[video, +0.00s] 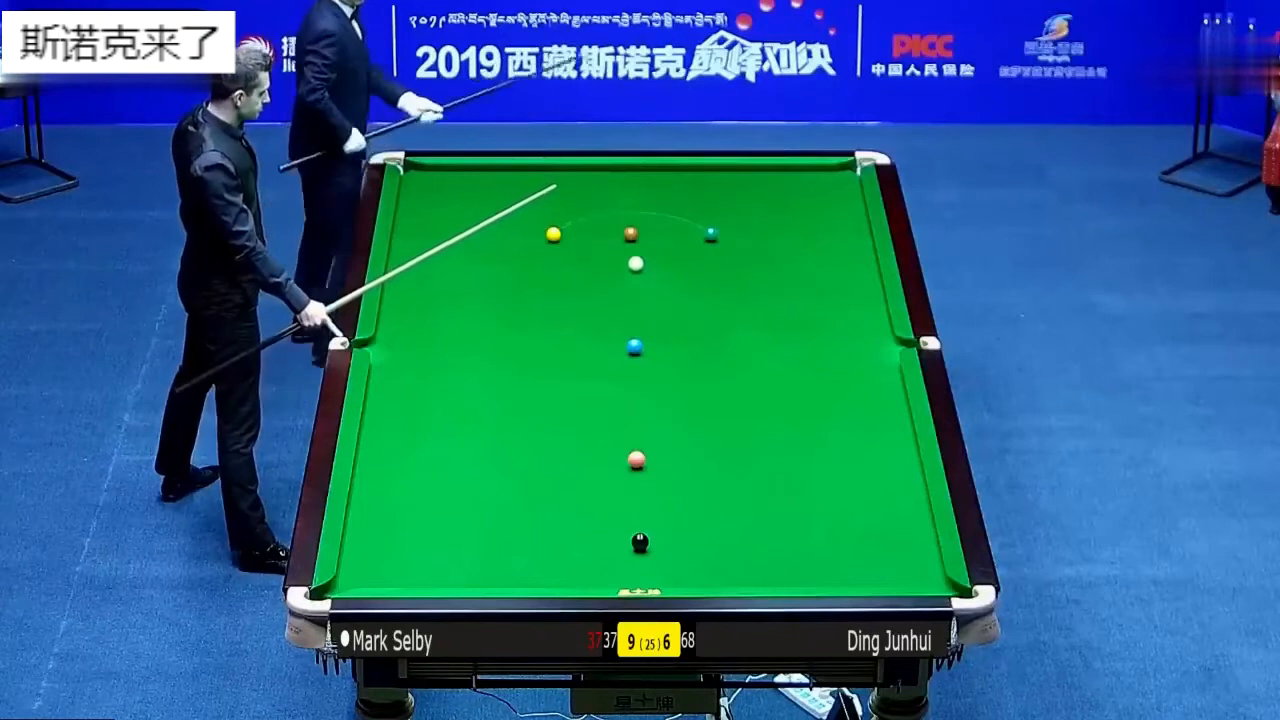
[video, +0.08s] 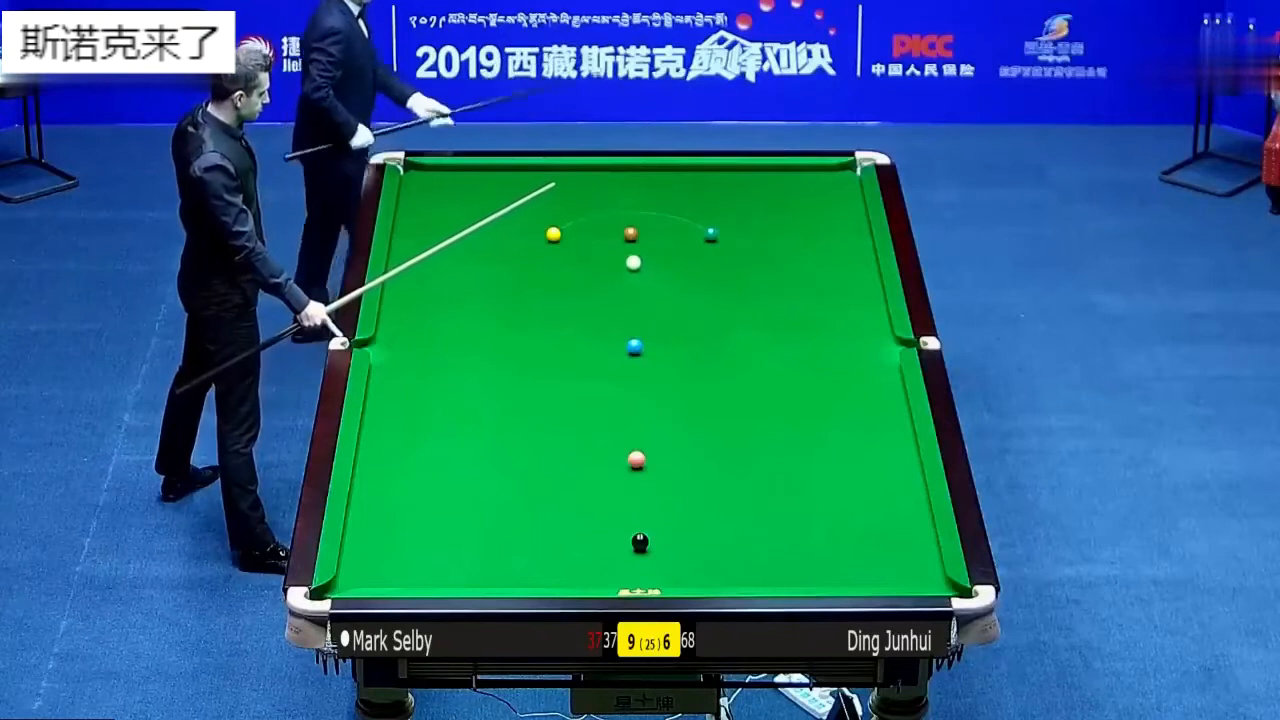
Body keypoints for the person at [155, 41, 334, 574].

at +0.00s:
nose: (267, 100)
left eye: (267, 91)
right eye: (262, 92)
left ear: (229, 89)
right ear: (237, 94)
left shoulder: (202, 121)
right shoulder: (212, 165)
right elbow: (246, 247)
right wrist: (302, 301)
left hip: (206, 281)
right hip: (226, 296)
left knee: (193, 379)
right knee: (240, 425)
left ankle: (175, 472)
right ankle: (253, 546)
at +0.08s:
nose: (266, 100)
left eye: (266, 91)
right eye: (261, 92)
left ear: (228, 90)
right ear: (236, 95)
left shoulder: (201, 122)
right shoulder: (212, 165)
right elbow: (245, 246)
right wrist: (301, 301)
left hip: (206, 282)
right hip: (226, 297)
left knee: (192, 379)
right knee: (239, 425)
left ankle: (175, 473)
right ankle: (253, 546)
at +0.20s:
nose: (267, 102)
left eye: (267, 93)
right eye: (262, 94)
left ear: (229, 92)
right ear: (235, 96)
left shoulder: (200, 121)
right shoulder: (212, 166)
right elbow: (245, 247)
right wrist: (300, 302)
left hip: (206, 284)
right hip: (226, 299)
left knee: (192, 379)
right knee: (239, 426)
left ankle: (175, 472)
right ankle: (253, 546)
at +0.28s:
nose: (267, 103)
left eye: (267, 94)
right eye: (262, 95)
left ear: (228, 93)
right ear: (237, 98)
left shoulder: (200, 122)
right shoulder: (211, 169)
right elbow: (245, 248)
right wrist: (301, 301)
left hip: (206, 284)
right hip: (226, 298)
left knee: (192, 379)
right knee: (239, 426)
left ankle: (175, 472)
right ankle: (253, 546)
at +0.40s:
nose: (266, 104)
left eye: (266, 94)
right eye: (260, 96)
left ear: (228, 93)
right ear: (235, 98)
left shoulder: (200, 122)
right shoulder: (210, 168)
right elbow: (244, 248)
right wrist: (300, 302)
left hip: (206, 283)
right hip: (225, 298)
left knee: (193, 379)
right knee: (239, 424)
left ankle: (175, 472)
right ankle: (253, 546)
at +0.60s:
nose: (267, 104)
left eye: (267, 95)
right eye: (262, 96)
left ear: (229, 93)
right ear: (237, 98)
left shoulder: (200, 121)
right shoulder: (210, 169)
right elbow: (243, 248)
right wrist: (301, 303)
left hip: (205, 283)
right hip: (224, 298)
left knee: (192, 379)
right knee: (238, 425)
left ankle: (175, 472)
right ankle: (253, 546)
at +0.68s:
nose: (265, 106)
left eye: (266, 97)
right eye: (262, 97)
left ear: (235, 94)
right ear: (238, 97)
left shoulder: (228, 139)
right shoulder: (216, 157)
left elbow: (241, 234)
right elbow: (239, 244)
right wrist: (299, 301)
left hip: (232, 300)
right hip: (223, 305)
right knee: (237, 425)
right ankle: (252, 545)